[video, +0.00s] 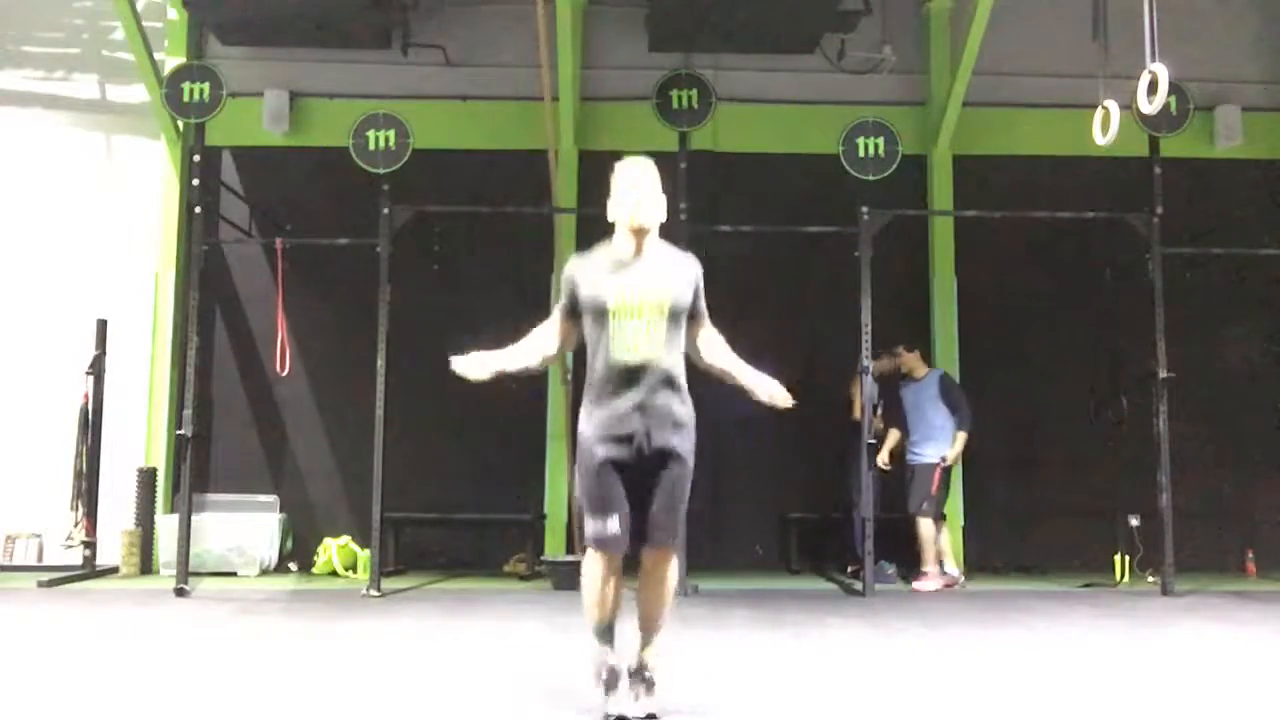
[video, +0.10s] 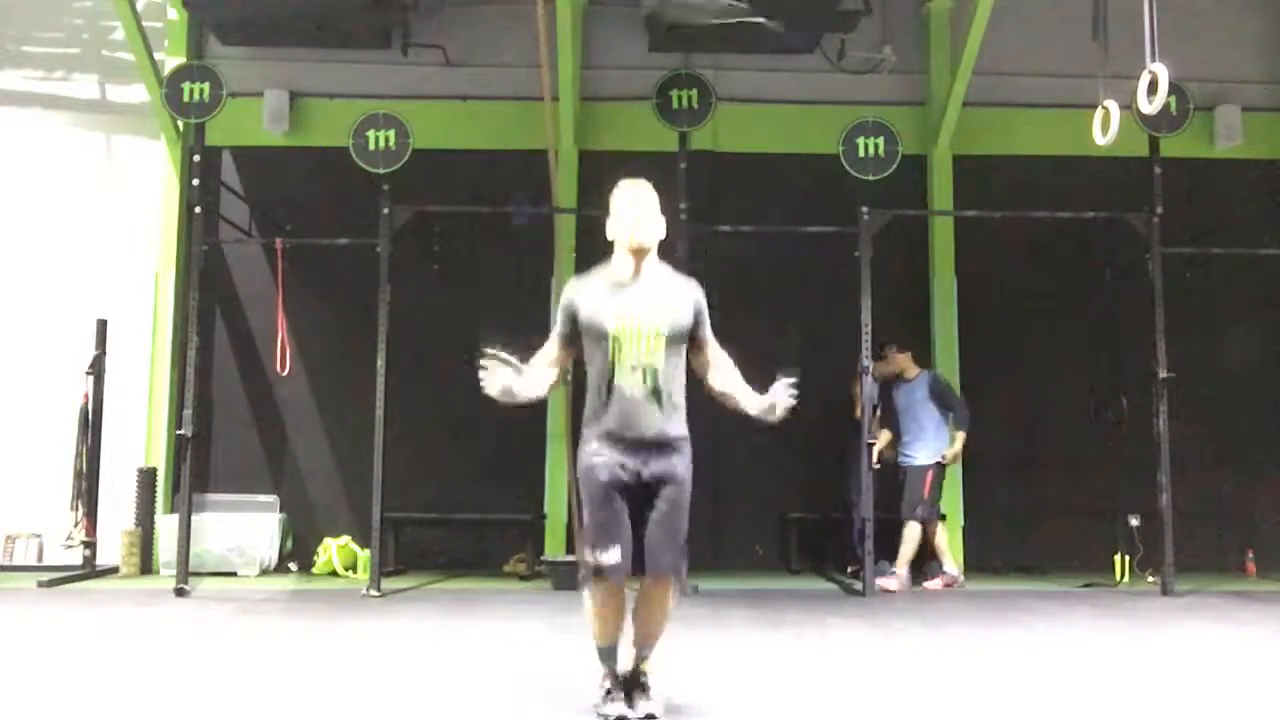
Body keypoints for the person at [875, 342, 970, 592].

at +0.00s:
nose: (898, 361)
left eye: (902, 355)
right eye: (896, 356)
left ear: (916, 353)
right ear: (900, 359)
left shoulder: (940, 380)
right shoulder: (902, 388)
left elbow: (964, 414)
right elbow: (898, 423)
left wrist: (956, 448)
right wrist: (886, 449)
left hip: (937, 456)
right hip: (914, 458)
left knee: (922, 512)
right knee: (932, 516)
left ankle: (931, 572)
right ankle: (951, 569)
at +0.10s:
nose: (891, 363)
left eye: (894, 357)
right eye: (888, 359)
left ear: (907, 356)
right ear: (890, 362)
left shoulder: (932, 381)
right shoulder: (894, 388)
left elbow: (961, 411)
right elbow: (891, 423)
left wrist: (957, 446)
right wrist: (877, 446)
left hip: (930, 458)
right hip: (909, 459)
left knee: (913, 515)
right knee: (930, 517)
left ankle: (900, 574)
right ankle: (951, 570)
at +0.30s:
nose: (873, 361)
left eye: (876, 355)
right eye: (871, 356)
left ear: (891, 353)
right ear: (871, 359)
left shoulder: (911, 382)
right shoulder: (877, 386)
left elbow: (932, 414)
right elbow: (873, 426)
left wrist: (935, 445)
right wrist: (862, 454)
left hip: (911, 458)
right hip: (889, 458)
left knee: (902, 516)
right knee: (905, 517)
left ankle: (889, 574)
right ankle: (944, 564)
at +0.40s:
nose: (867, 358)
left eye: (870, 352)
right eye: (865, 353)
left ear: (883, 351)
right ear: (864, 355)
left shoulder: (903, 383)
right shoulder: (869, 383)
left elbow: (913, 421)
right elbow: (865, 423)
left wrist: (911, 456)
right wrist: (857, 455)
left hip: (897, 458)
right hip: (876, 458)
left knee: (896, 517)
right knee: (889, 517)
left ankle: (889, 573)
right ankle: (930, 554)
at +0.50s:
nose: (859, 363)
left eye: (862, 357)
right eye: (856, 359)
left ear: (872, 353)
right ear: (857, 360)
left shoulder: (892, 385)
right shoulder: (866, 383)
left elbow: (893, 427)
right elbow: (863, 425)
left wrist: (882, 462)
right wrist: (850, 453)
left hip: (889, 451)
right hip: (870, 450)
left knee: (887, 513)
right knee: (867, 509)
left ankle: (888, 573)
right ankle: (907, 549)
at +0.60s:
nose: (841, 359)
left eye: (845, 352)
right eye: (841, 353)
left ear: (859, 351)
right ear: (854, 354)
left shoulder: (876, 380)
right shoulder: (861, 381)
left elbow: (868, 425)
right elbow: (857, 422)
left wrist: (850, 451)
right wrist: (846, 452)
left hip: (879, 454)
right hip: (860, 452)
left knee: (880, 513)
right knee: (842, 510)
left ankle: (888, 572)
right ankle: (871, 560)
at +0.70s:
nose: (831, 358)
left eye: (835, 351)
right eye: (831, 353)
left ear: (850, 351)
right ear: (843, 355)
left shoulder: (861, 382)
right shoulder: (852, 383)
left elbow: (850, 423)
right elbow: (850, 427)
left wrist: (822, 444)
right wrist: (835, 455)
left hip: (868, 458)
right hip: (850, 459)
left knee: (875, 515)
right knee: (832, 510)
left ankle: (888, 573)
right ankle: (833, 570)